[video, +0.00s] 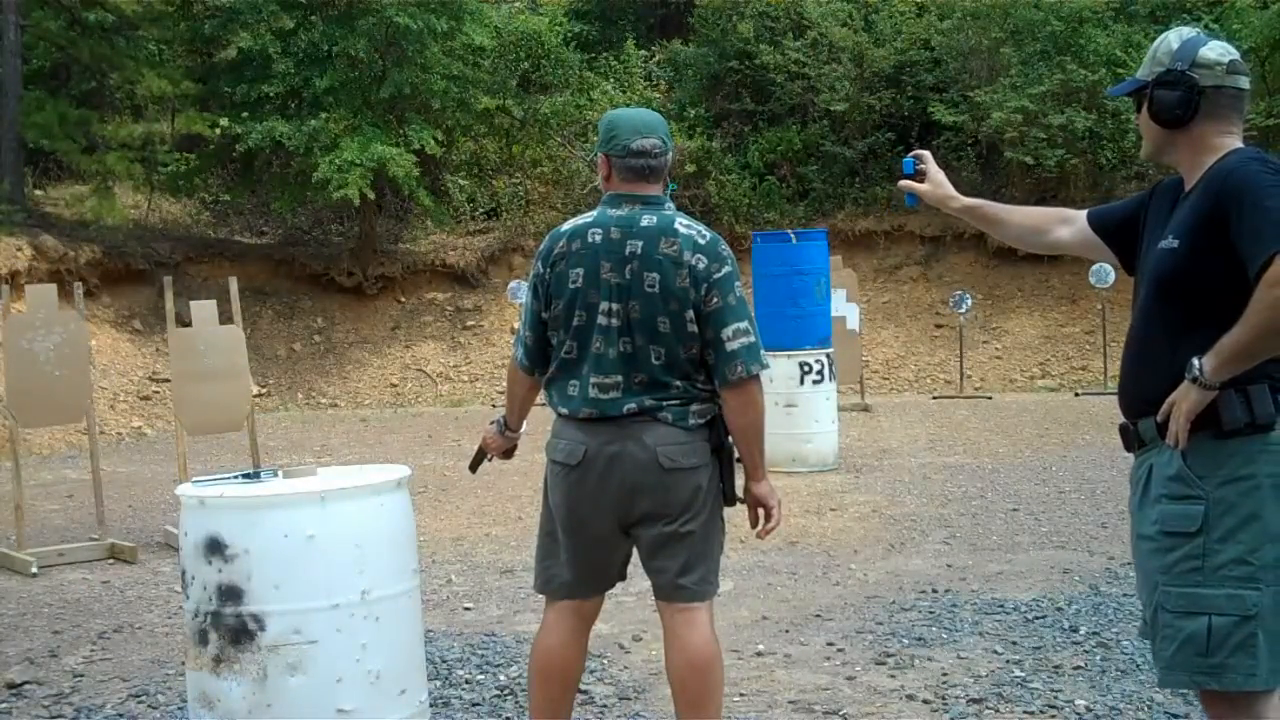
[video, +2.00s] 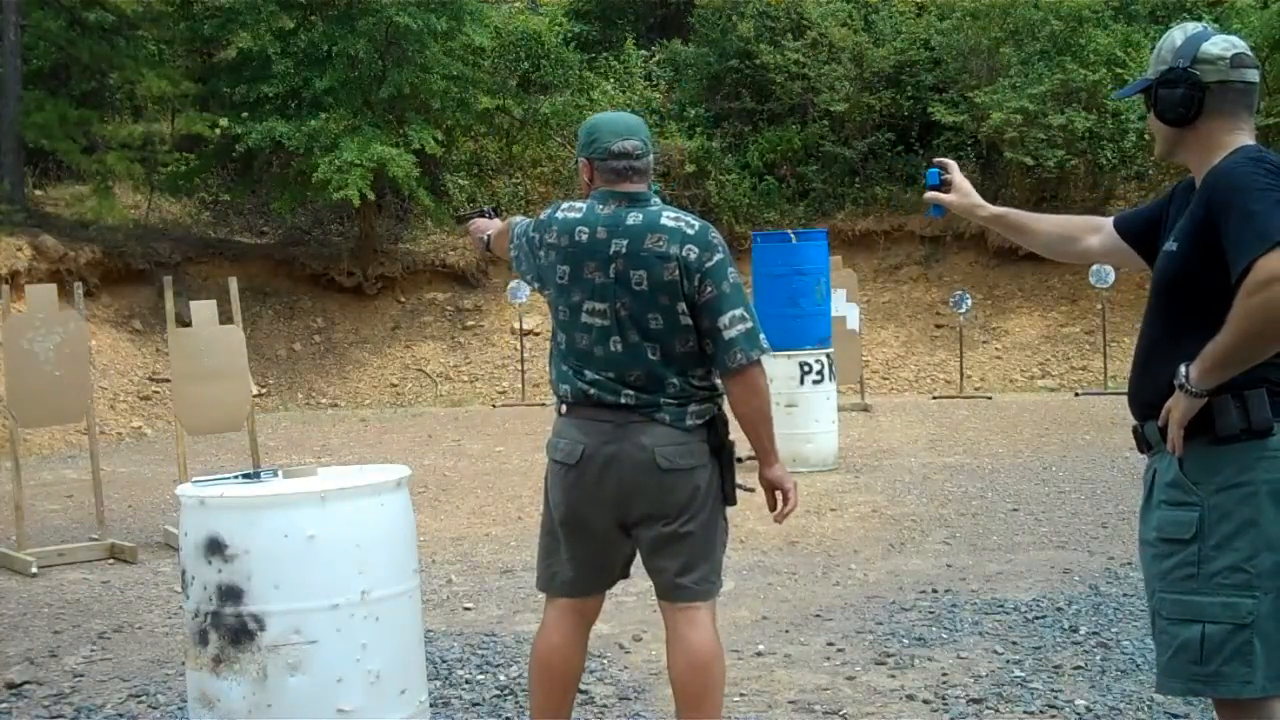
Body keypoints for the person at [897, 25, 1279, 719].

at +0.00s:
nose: (1138, 115)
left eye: (1144, 100)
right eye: (1139, 102)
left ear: (1174, 101)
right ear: (1213, 102)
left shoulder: (1247, 179)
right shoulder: (1167, 200)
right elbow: (1061, 229)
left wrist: (1209, 374)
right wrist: (954, 203)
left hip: (1226, 456)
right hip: (1178, 456)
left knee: (1237, 690)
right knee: (1227, 683)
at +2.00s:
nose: (1149, 116)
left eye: (1153, 101)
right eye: (1149, 102)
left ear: (1181, 102)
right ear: (1228, 100)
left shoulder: (1245, 179)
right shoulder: (1198, 194)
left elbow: (1273, 281)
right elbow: (1095, 237)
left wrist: (1196, 381)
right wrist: (981, 211)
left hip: (1229, 463)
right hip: (1210, 458)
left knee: (1244, 691)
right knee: (1241, 684)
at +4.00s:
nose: (1146, 115)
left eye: (1150, 101)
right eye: (1147, 101)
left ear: (1176, 103)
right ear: (1224, 101)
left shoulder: (1242, 180)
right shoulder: (1189, 196)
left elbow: (1274, 284)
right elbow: (1084, 238)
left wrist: (1193, 382)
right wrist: (975, 212)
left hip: (1223, 462)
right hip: (1206, 457)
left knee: (1241, 690)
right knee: (1240, 683)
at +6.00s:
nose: (1137, 118)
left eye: (1141, 103)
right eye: (1137, 103)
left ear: (1163, 104)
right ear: (1223, 101)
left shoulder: (1233, 180)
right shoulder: (1185, 194)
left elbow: (1268, 287)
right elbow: (1079, 239)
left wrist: (1184, 386)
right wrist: (968, 213)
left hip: (1221, 462)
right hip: (1211, 456)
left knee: (1238, 692)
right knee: (1242, 685)